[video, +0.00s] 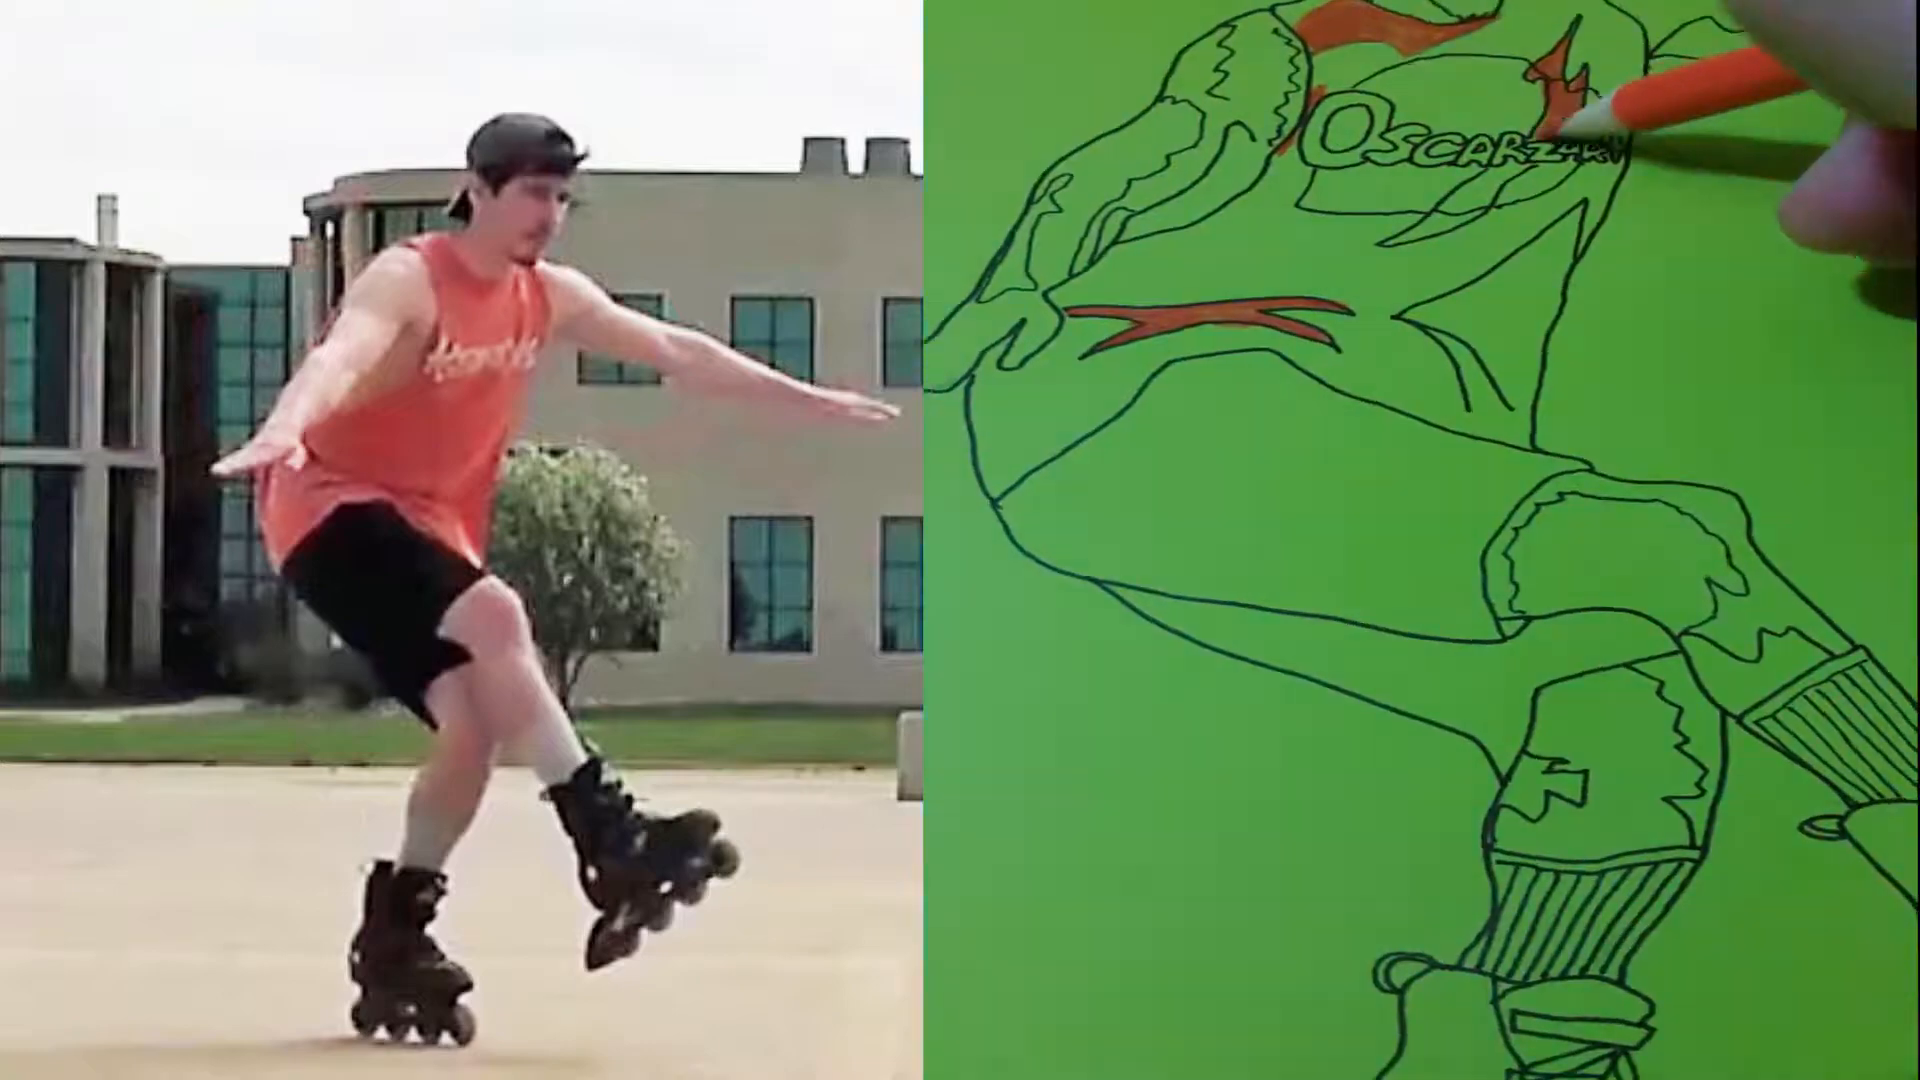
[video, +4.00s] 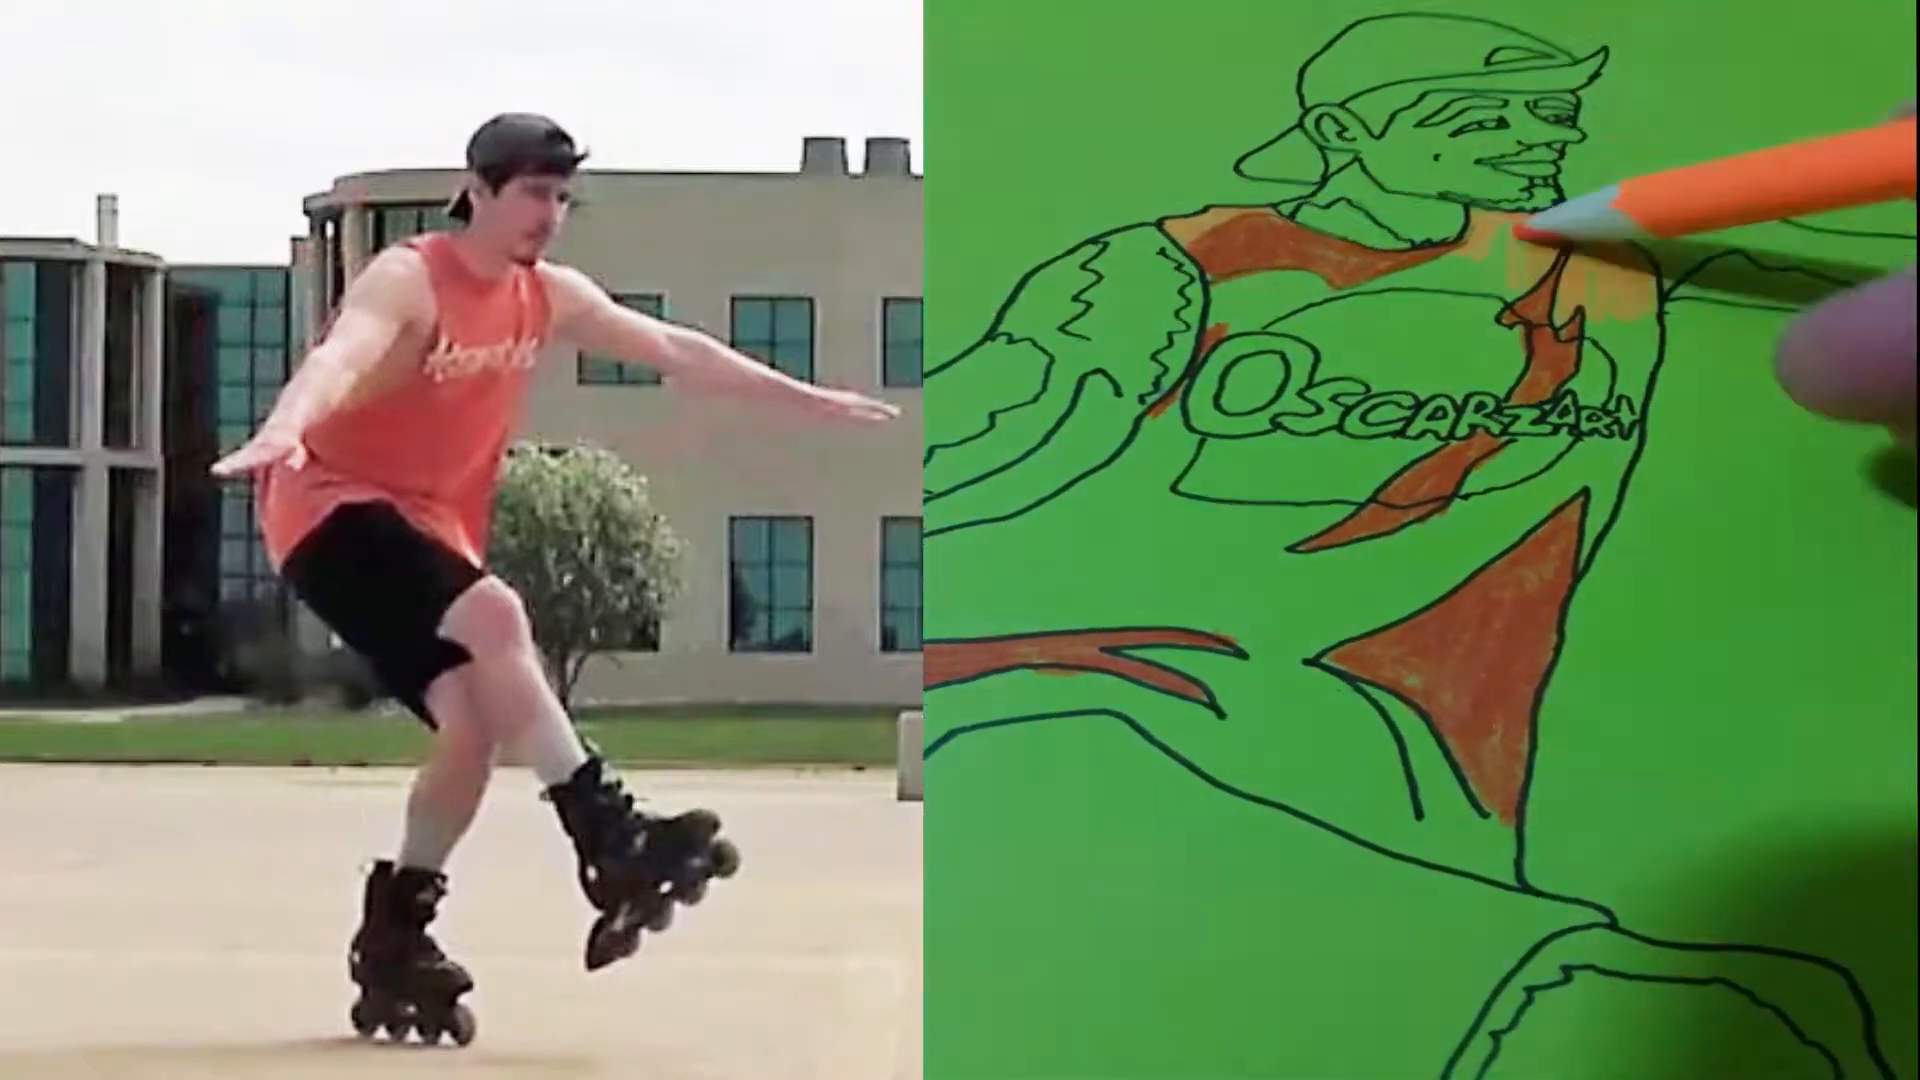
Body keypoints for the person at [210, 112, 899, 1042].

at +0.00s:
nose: (552, 214)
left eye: (562, 198)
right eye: (536, 195)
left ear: (562, 203)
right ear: (477, 191)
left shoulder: (551, 293)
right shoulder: (408, 275)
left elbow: (674, 350)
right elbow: (341, 357)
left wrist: (810, 399)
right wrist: (283, 428)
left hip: (435, 529)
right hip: (333, 504)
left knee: (478, 724)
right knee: (492, 616)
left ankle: (393, 937)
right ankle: (612, 843)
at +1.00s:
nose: (552, 214)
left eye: (561, 199)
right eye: (535, 195)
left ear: (562, 204)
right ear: (477, 191)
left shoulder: (552, 293)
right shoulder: (409, 274)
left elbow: (675, 351)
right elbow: (341, 357)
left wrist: (811, 400)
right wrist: (283, 429)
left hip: (436, 529)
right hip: (333, 503)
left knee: (478, 723)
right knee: (492, 616)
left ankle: (394, 937)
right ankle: (611, 843)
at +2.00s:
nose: (552, 214)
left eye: (562, 198)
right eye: (536, 195)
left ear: (562, 203)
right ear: (477, 191)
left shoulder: (551, 293)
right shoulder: (409, 274)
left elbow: (674, 350)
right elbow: (341, 356)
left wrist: (810, 399)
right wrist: (283, 429)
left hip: (436, 530)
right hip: (334, 505)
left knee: (478, 723)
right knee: (492, 616)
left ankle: (393, 936)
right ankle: (611, 843)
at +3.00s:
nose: (552, 214)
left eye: (562, 198)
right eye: (536, 194)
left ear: (563, 203)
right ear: (477, 191)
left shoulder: (551, 293)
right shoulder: (409, 274)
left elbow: (674, 349)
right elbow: (341, 356)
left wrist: (810, 399)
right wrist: (283, 429)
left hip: (436, 529)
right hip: (334, 504)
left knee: (477, 723)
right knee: (492, 616)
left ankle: (393, 936)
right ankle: (611, 843)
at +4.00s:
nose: (552, 214)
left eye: (562, 198)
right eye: (536, 195)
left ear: (562, 203)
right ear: (477, 191)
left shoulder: (551, 293)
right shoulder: (408, 274)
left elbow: (674, 349)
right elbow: (342, 356)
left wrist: (811, 399)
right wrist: (283, 428)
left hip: (436, 530)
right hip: (334, 505)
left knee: (477, 725)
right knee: (492, 616)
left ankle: (393, 935)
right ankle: (610, 841)